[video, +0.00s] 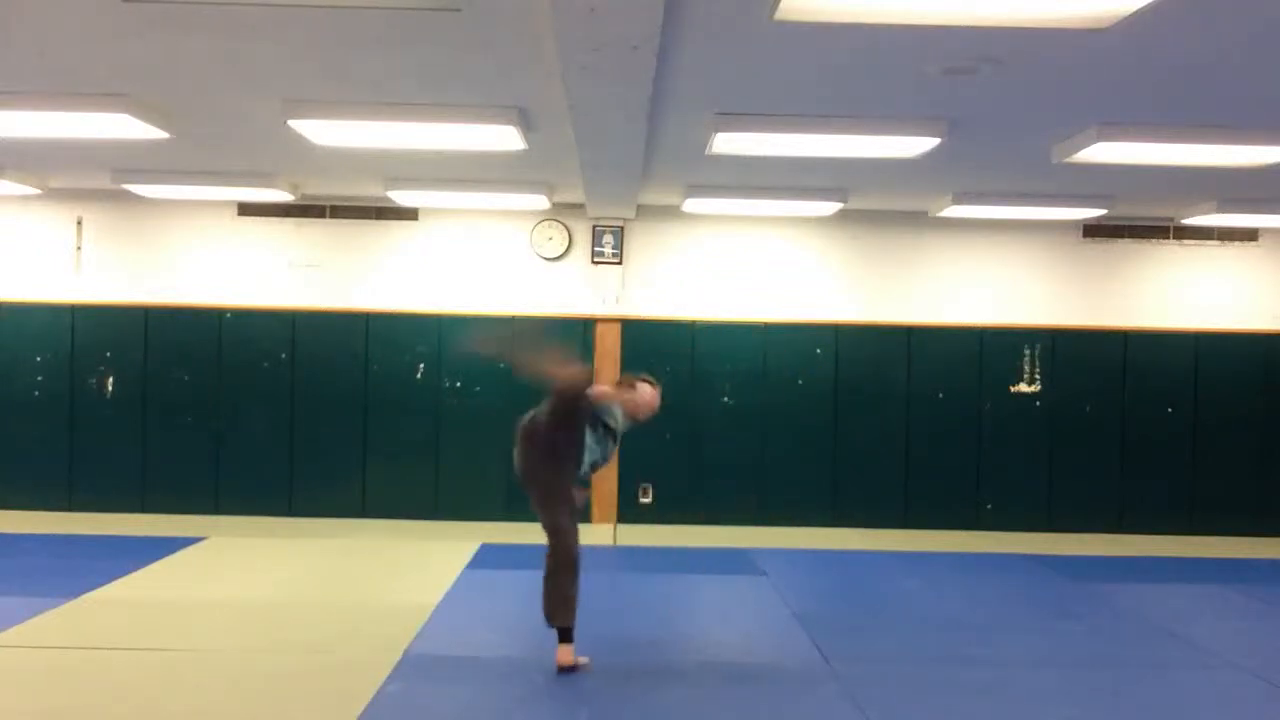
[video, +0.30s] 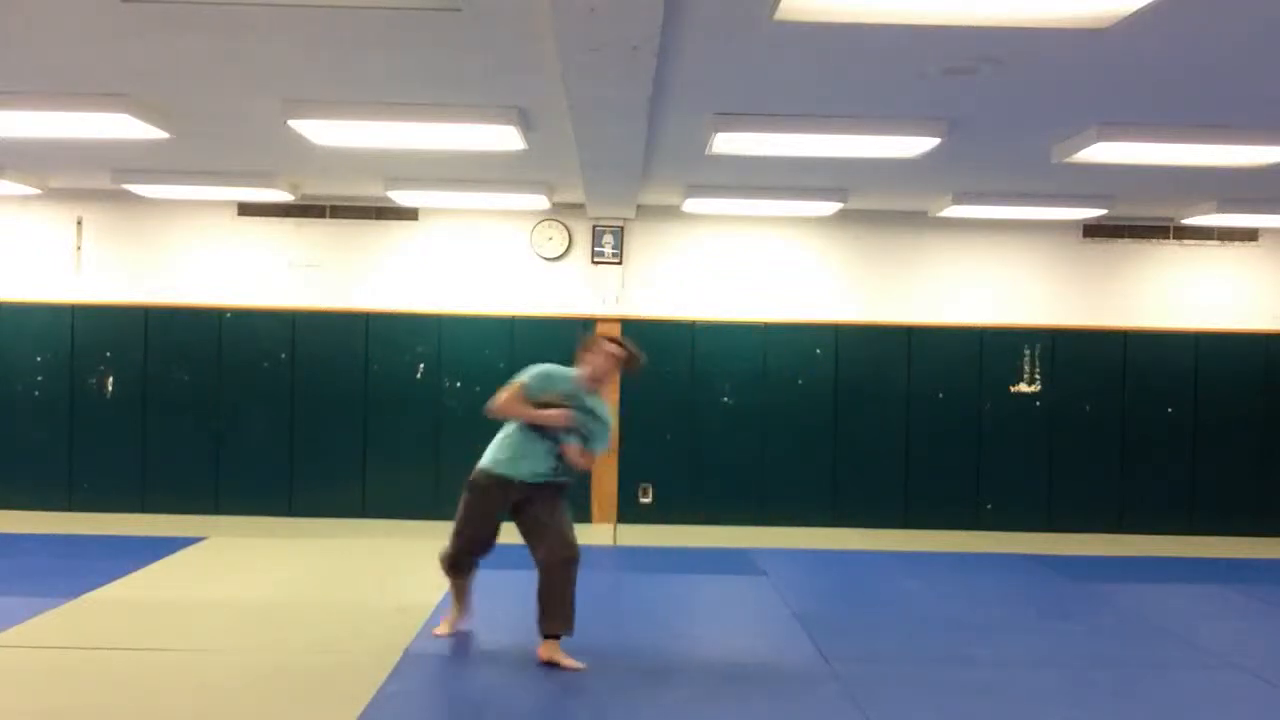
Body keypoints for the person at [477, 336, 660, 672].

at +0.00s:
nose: (648, 405)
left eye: (653, 405)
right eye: (647, 395)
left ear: (648, 415)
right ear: (630, 388)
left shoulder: (607, 442)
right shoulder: (608, 402)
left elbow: (578, 469)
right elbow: (592, 395)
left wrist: (577, 490)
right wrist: (625, 398)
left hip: (554, 481)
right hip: (546, 443)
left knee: (565, 551)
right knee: (575, 382)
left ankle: (565, 647)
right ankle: (507, 353)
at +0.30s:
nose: (608, 364)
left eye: (615, 361)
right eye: (605, 354)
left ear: (618, 372)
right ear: (586, 354)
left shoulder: (600, 417)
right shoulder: (546, 376)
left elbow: (585, 462)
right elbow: (498, 405)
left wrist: (571, 451)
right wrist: (545, 416)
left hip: (542, 488)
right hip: (495, 475)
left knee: (561, 556)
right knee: (460, 555)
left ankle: (551, 644)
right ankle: (459, 611)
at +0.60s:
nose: (494, 326)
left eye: (501, 319)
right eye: (489, 319)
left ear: (516, 324)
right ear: (482, 323)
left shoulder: (536, 363)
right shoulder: (483, 359)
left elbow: (553, 415)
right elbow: (495, 404)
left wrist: (502, 417)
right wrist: (475, 411)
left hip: (533, 465)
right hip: (493, 462)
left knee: (543, 548)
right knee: (478, 542)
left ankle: (561, 634)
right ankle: (468, 615)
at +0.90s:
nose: (505, 322)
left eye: (513, 316)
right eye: (500, 315)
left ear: (528, 322)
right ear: (494, 320)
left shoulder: (546, 362)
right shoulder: (489, 361)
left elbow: (565, 411)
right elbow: (476, 403)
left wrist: (520, 406)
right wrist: (475, 412)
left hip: (532, 470)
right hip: (492, 467)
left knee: (544, 553)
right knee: (475, 543)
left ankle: (581, 635)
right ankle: (467, 617)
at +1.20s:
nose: (533, 324)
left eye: (542, 318)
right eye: (532, 318)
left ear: (563, 326)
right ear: (530, 323)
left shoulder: (586, 370)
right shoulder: (516, 356)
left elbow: (610, 420)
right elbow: (487, 403)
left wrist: (590, 431)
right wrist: (534, 419)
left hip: (557, 477)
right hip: (509, 471)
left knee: (562, 559)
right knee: (481, 546)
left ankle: (581, 642)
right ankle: (471, 607)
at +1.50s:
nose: (501, 329)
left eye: (509, 324)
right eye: (502, 323)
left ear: (531, 332)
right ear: (511, 331)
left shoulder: (566, 370)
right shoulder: (496, 367)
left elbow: (590, 420)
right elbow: (477, 411)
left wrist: (597, 469)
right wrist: (515, 443)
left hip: (556, 476)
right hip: (508, 474)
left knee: (564, 558)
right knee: (486, 545)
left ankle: (581, 642)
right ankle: (507, 603)